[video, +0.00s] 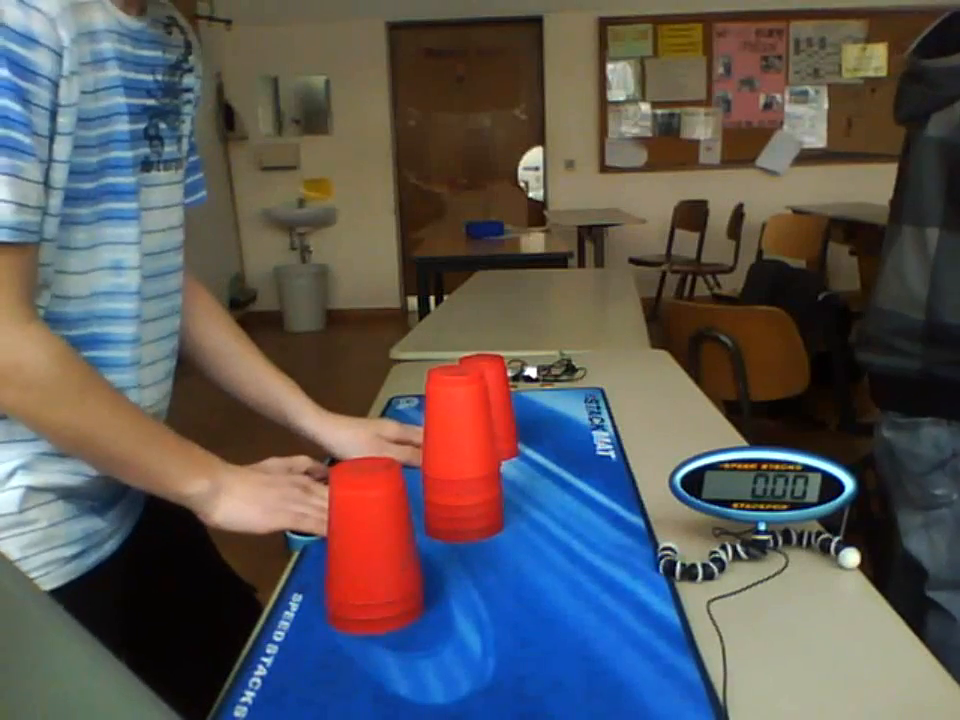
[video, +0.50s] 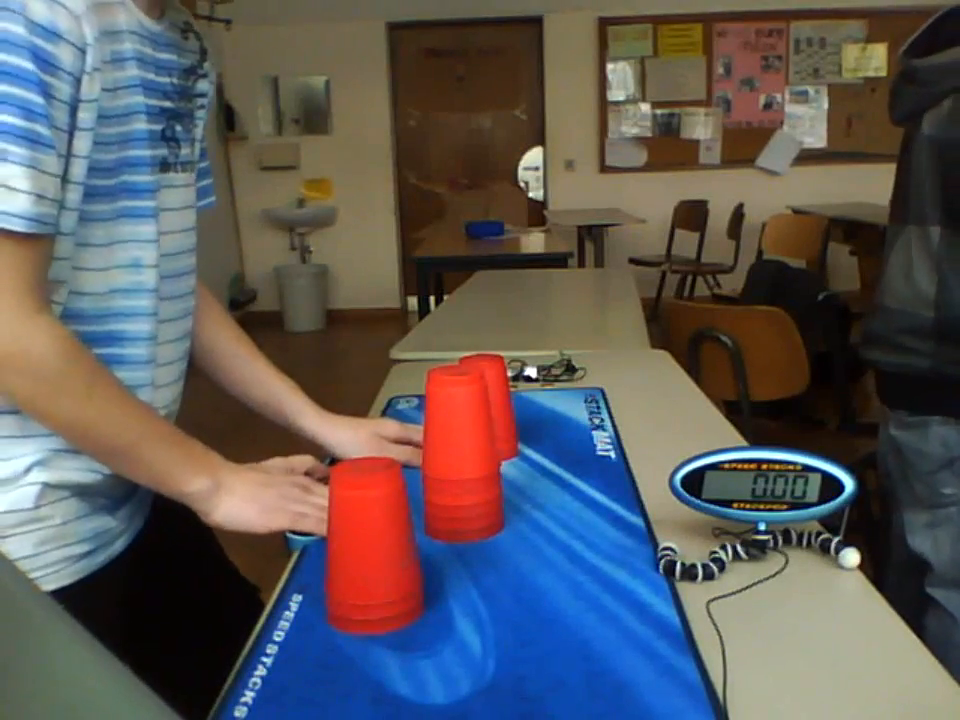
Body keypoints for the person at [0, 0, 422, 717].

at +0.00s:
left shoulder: (172, 45)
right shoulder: (29, 25)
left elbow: (164, 279)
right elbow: (4, 332)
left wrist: (318, 421)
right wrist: (210, 482)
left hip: (139, 511)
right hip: (37, 553)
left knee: (275, 686)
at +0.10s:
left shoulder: (173, 48)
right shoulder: (30, 26)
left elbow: (166, 280)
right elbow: (5, 333)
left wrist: (317, 421)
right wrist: (211, 483)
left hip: (138, 511)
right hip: (36, 554)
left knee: (274, 688)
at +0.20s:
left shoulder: (175, 49)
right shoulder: (33, 26)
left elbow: (166, 281)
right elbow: (5, 332)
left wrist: (319, 422)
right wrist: (211, 483)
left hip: (139, 512)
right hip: (37, 554)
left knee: (273, 688)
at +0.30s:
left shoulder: (177, 49)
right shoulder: (34, 25)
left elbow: (167, 282)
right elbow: (5, 330)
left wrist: (318, 421)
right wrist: (211, 482)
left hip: (140, 509)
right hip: (38, 554)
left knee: (272, 687)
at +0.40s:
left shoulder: (181, 49)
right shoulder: (35, 24)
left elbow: (168, 281)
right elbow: (6, 327)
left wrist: (318, 422)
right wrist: (211, 483)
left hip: (141, 511)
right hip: (38, 556)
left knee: (276, 685)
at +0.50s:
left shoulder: (186, 49)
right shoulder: (38, 22)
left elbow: (172, 282)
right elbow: (10, 323)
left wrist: (319, 422)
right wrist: (211, 481)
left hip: (141, 511)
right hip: (39, 556)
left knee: (278, 685)